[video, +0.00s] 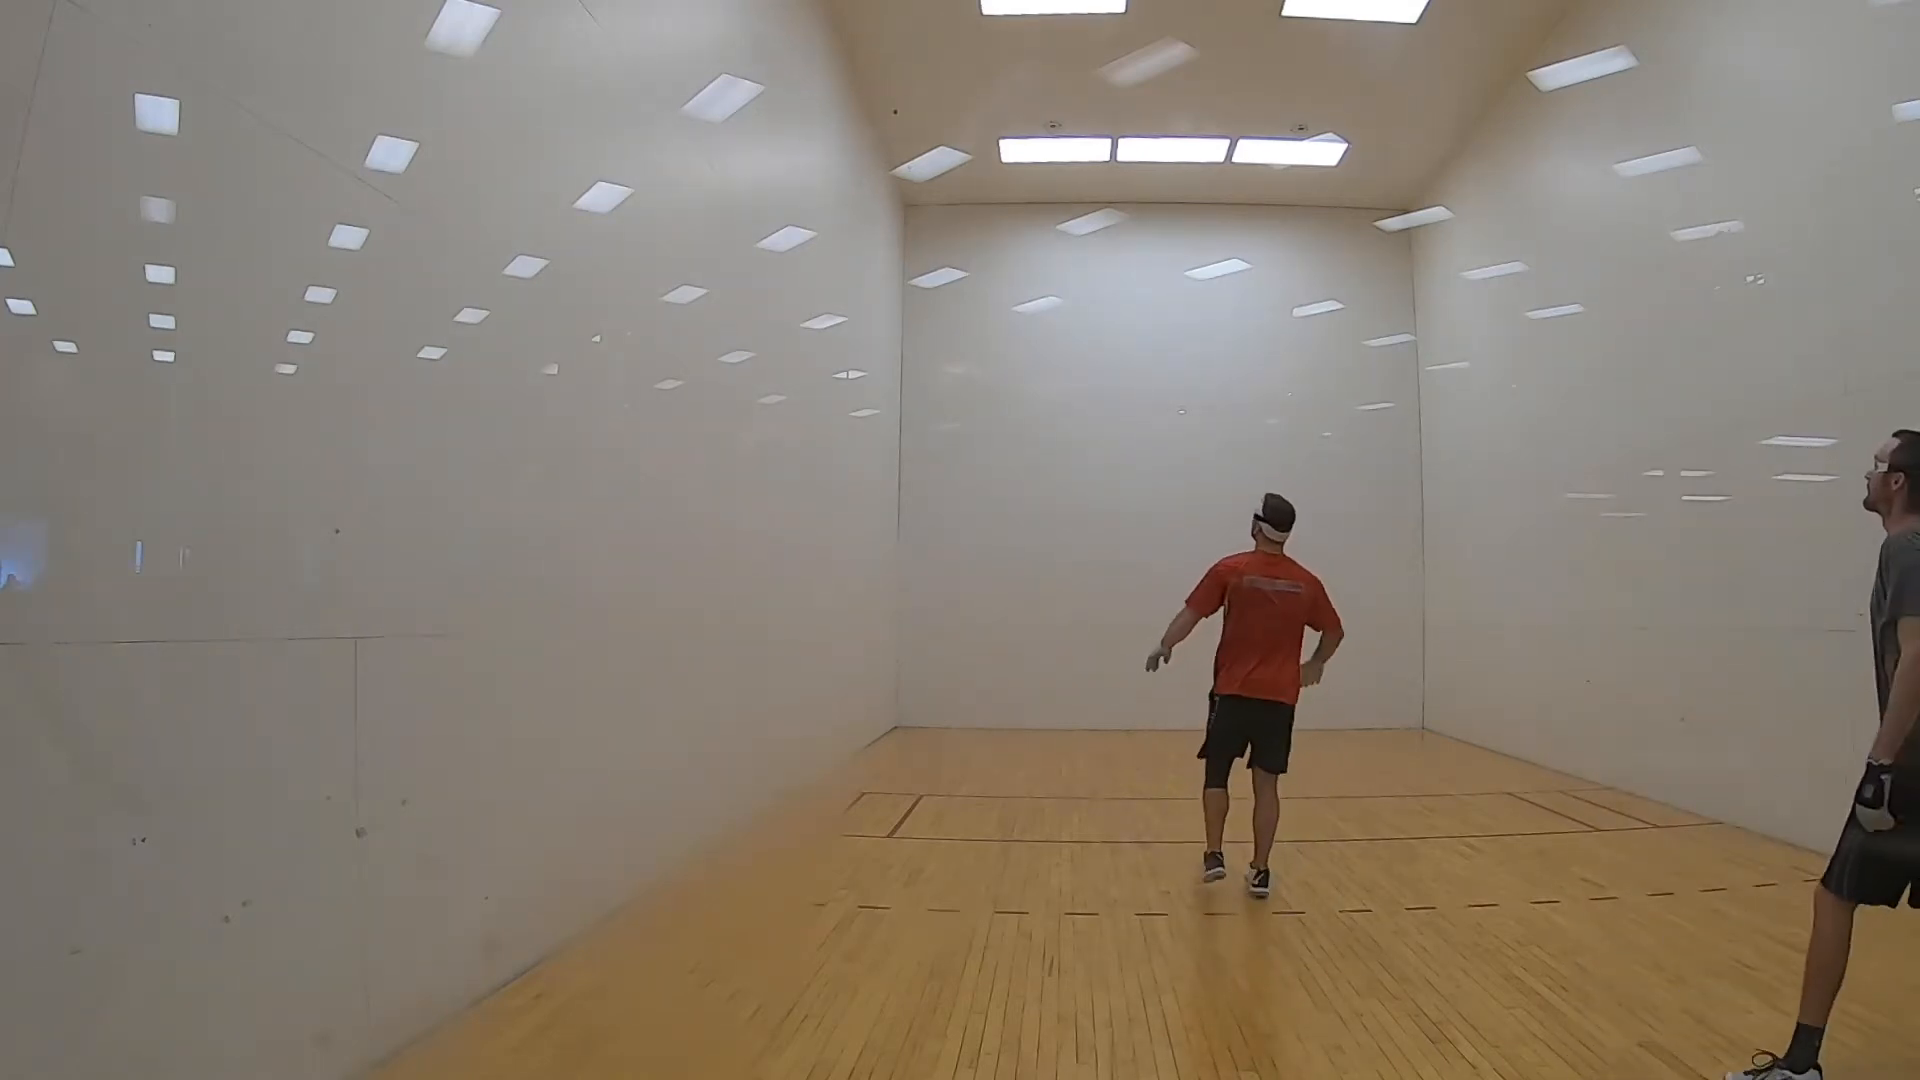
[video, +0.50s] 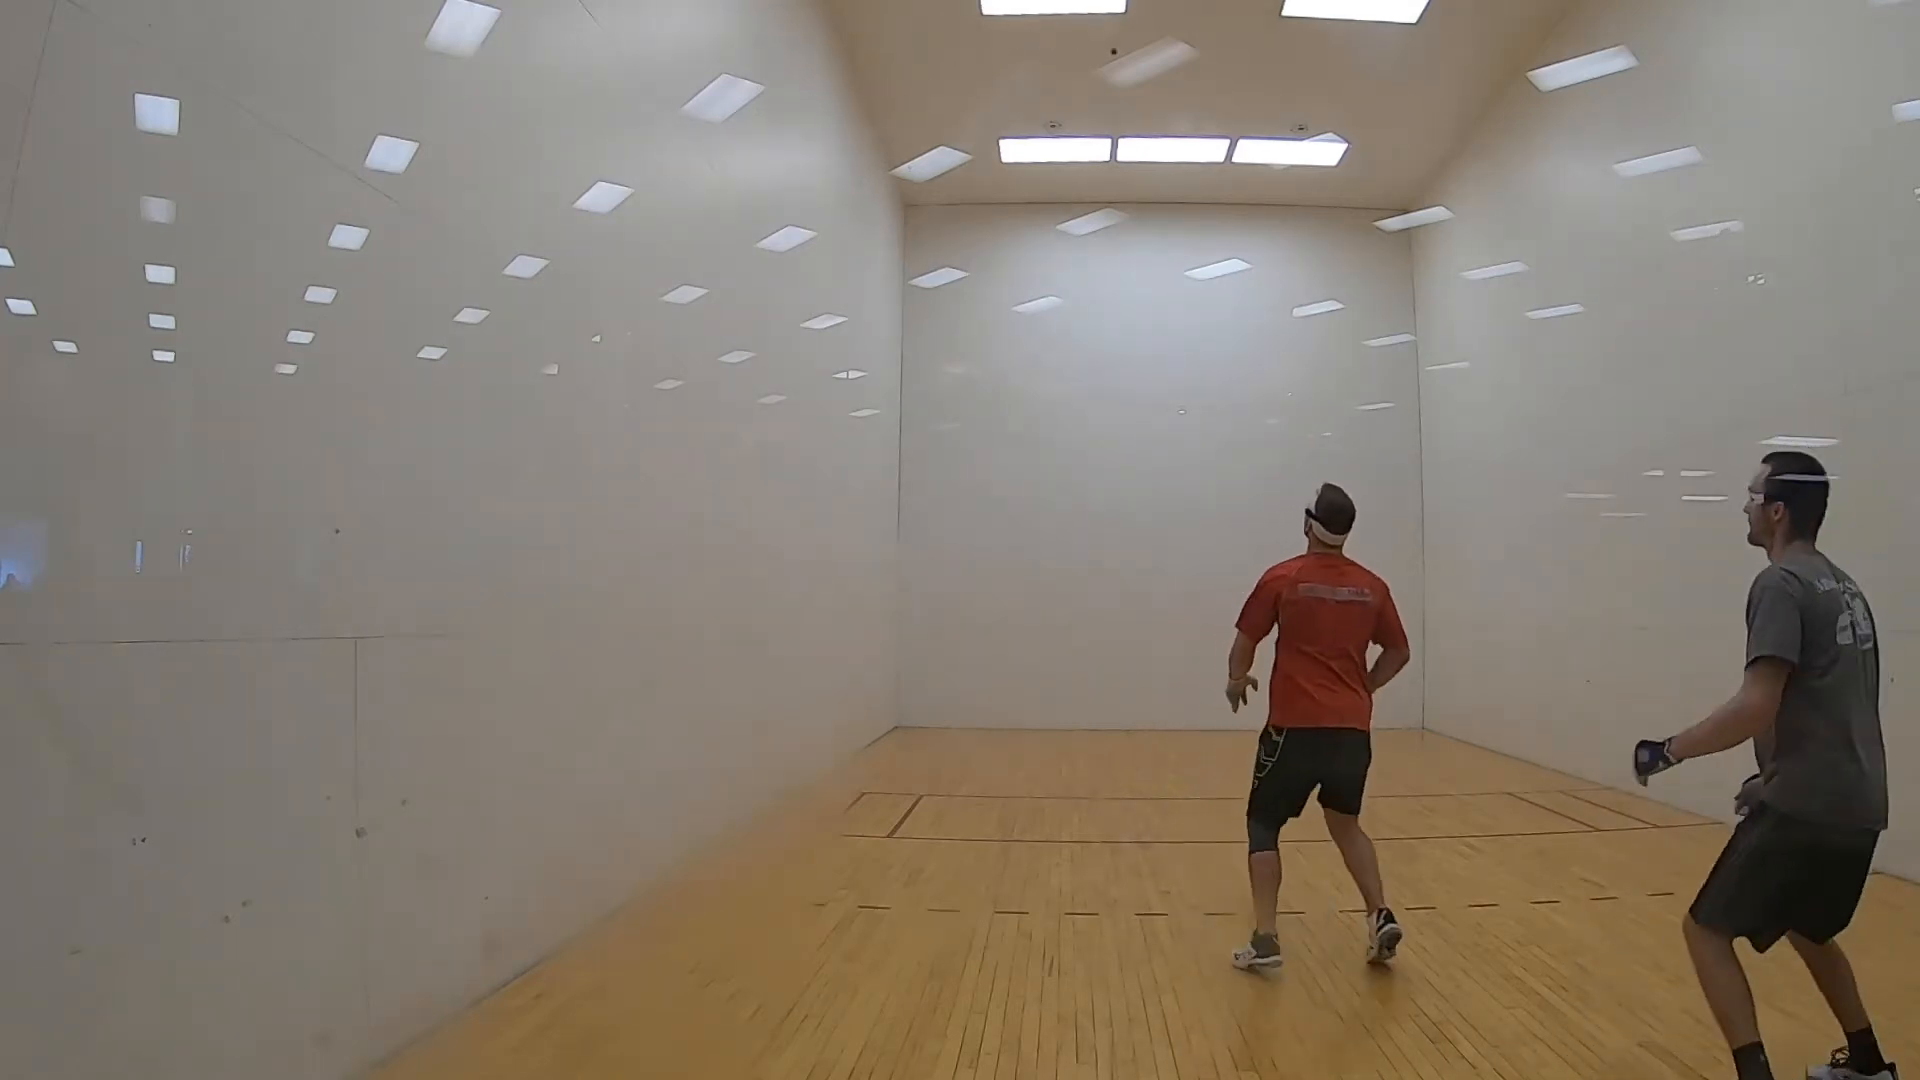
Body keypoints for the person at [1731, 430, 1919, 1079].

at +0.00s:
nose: (1868, 477)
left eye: (1875, 468)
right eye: (1873, 467)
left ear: (1896, 482)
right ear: (1904, 482)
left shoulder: (1907, 551)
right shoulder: (1901, 548)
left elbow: (1915, 656)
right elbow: (1909, 658)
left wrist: (1880, 764)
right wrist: (1884, 765)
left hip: (1904, 769)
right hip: (1901, 768)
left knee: (1834, 897)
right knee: (1833, 898)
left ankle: (1800, 1059)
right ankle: (1801, 1057)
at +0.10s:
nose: (1846, 483)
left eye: (1854, 476)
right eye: (1852, 474)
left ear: (1875, 492)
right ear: (1894, 495)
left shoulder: (1882, 559)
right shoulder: (1906, 557)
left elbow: (1880, 669)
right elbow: (1890, 674)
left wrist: (1820, 763)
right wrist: (1851, 767)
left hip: (1891, 780)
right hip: (1906, 778)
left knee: (1802, 898)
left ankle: (1796, 1062)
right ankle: (1797, 1058)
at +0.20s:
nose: (1824, 485)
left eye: (1832, 476)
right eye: (1831, 474)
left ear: (1851, 491)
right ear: (1876, 497)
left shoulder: (1848, 553)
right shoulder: (1900, 563)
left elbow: (1846, 659)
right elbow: (1893, 667)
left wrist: (1775, 749)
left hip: (1854, 779)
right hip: (1910, 782)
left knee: (1779, 901)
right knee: (1912, 906)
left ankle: (1791, 1063)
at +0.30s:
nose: (1799, 478)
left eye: (1807, 468)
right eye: (1804, 467)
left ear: (1828, 481)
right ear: (1856, 488)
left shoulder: (1816, 539)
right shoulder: (1884, 557)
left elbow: (1816, 639)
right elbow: (1885, 671)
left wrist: (1754, 723)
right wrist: (1819, 752)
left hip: (1838, 759)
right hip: (1897, 761)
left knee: (1783, 901)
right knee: (1875, 890)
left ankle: (1789, 1060)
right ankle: (1919, 1030)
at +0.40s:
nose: (1772, 481)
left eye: (1780, 472)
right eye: (1776, 471)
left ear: (1804, 485)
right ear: (1830, 490)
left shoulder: (1796, 546)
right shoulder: (1864, 558)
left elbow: (1793, 654)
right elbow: (1866, 679)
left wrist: (1723, 731)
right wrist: (1796, 758)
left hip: (1824, 764)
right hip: (1885, 766)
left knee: (1755, 900)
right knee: (1828, 896)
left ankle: (1777, 1063)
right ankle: (1870, 1045)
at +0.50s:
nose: (1745, 507)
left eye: (1752, 497)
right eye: (1750, 496)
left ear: (1777, 511)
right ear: (1804, 514)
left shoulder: (1781, 583)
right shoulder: (1843, 585)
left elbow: (1757, 706)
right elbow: (1841, 709)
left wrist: (1667, 750)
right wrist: (1777, 778)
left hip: (1800, 803)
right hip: (1857, 804)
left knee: (1705, 926)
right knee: (1806, 924)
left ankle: (1754, 1074)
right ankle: (1867, 1058)